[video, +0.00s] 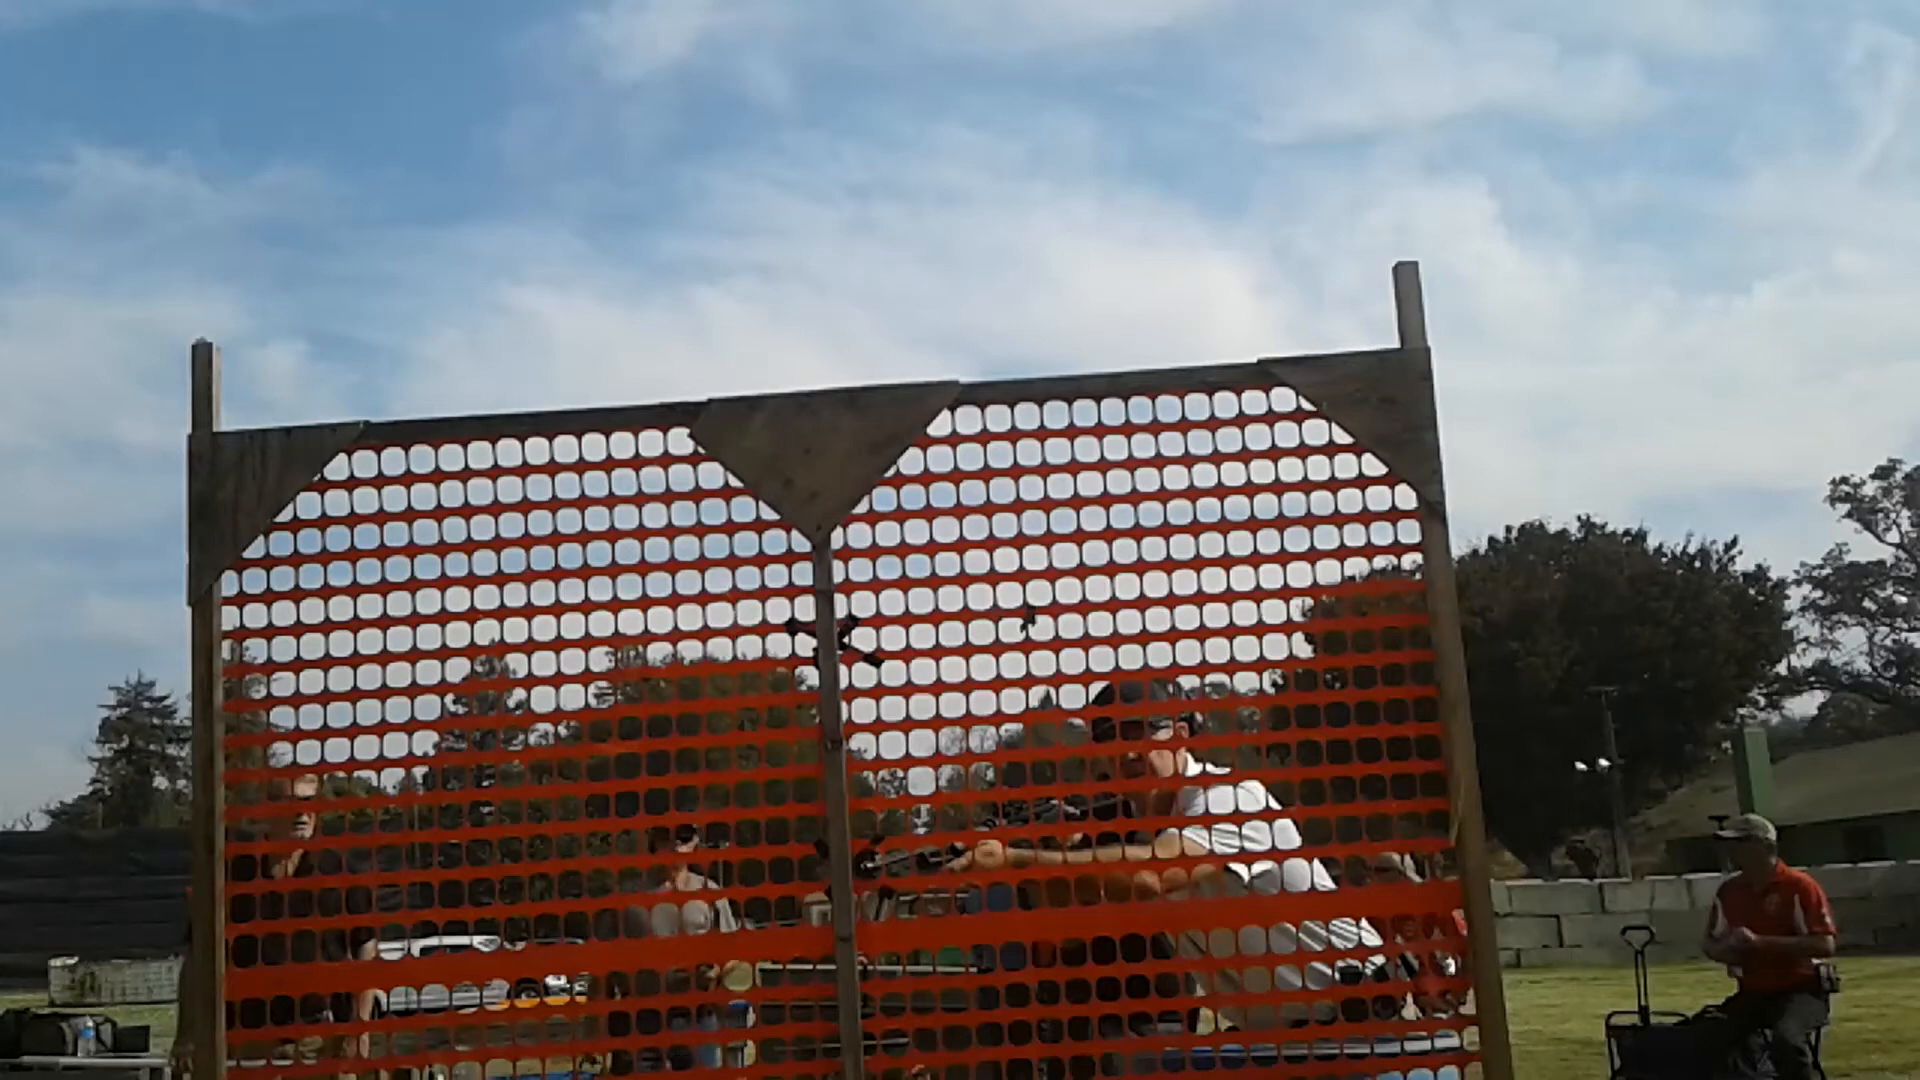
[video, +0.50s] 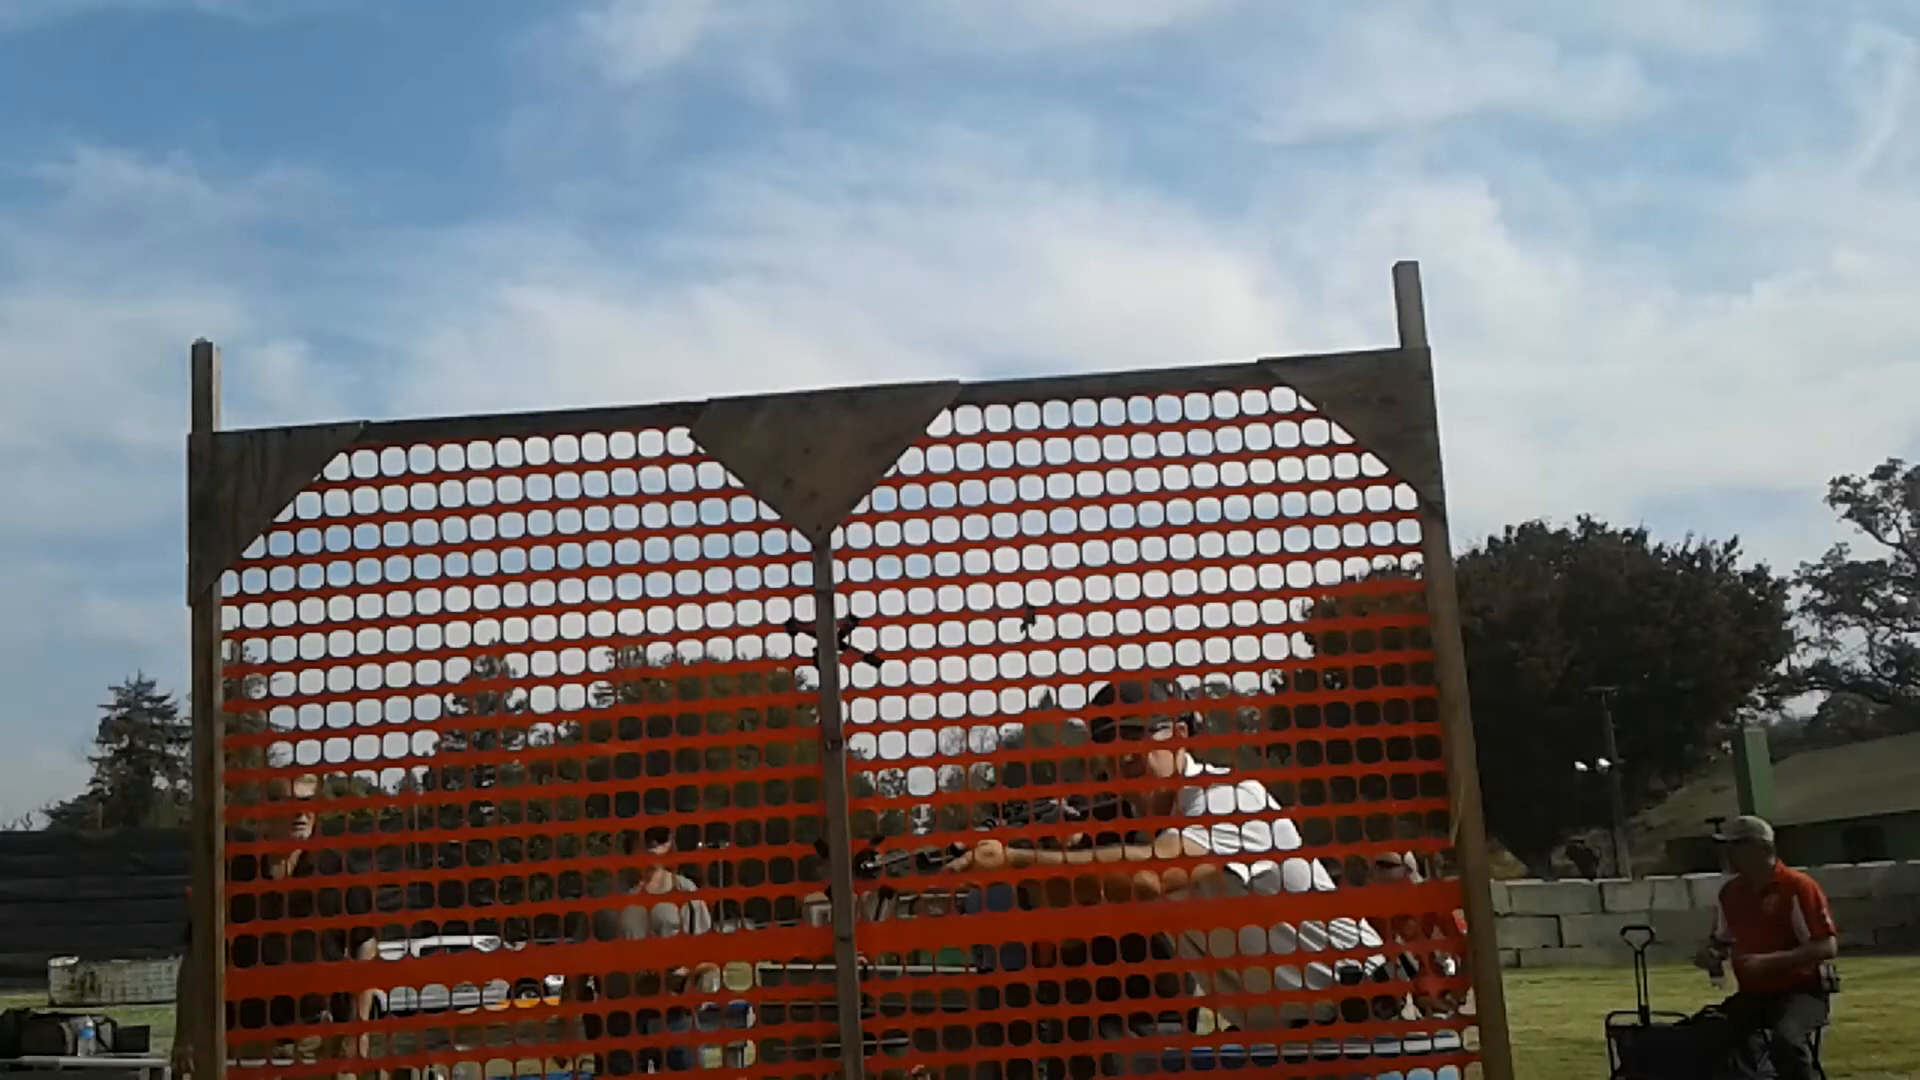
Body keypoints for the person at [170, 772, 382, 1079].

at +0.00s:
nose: (301, 812)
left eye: (309, 801)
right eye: (287, 802)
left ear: (320, 807)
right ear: (267, 808)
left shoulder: (336, 871)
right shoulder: (234, 872)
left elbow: (366, 952)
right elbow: (198, 956)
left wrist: (360, 1031)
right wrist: (187, 1033)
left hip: (322, 1044)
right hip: (244, 1047)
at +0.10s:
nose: (300, 812)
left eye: (309, 802)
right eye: (286, 802)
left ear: (319, 808)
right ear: (265, 809)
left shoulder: (336, 871)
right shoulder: (234, 872)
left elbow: (366, 952)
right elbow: (198, 955)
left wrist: (360, 1031)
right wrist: (187, 1033)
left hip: (322, 1044)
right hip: (244, 1047)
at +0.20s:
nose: (299, 812)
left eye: (308, 802)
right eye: (286, 802)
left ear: (319, 807)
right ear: (265, 808)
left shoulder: (336, 870)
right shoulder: (234, 872)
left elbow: (366, 950)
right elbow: (197, 955)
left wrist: (359, 1033)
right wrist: (186, 1033)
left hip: (319, 1044)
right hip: (242, 1047)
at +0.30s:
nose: (300, 812)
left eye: (308, 802)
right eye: (286, 802)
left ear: (319, 807)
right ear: (265, 809)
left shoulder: (335, 869)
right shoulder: (234, 872)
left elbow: (366, 950)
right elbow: (197, 955)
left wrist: (359, 1032)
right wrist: (186, 1033)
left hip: (320, 1045)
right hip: (242, 1048)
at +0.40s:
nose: (299, 812)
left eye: (308, 802)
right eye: (286, 802)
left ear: (318, 807)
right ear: (266, 808)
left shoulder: (335, 869)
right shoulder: (234, 871)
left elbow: (366, 948)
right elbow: (197, 955)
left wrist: (359, 1032)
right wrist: (185, 1033)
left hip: (320, 1045)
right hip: (243, 1048)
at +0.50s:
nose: (299, 812)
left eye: (308, 802)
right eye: (285, 802)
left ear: (318, 807)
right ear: (265, 808)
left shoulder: (334, 869)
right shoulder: (234, 871)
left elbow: (365, 947)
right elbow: (197, 954)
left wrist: (359, 1033)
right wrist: (186, 1034)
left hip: (318, 1045)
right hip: (242, 1048)